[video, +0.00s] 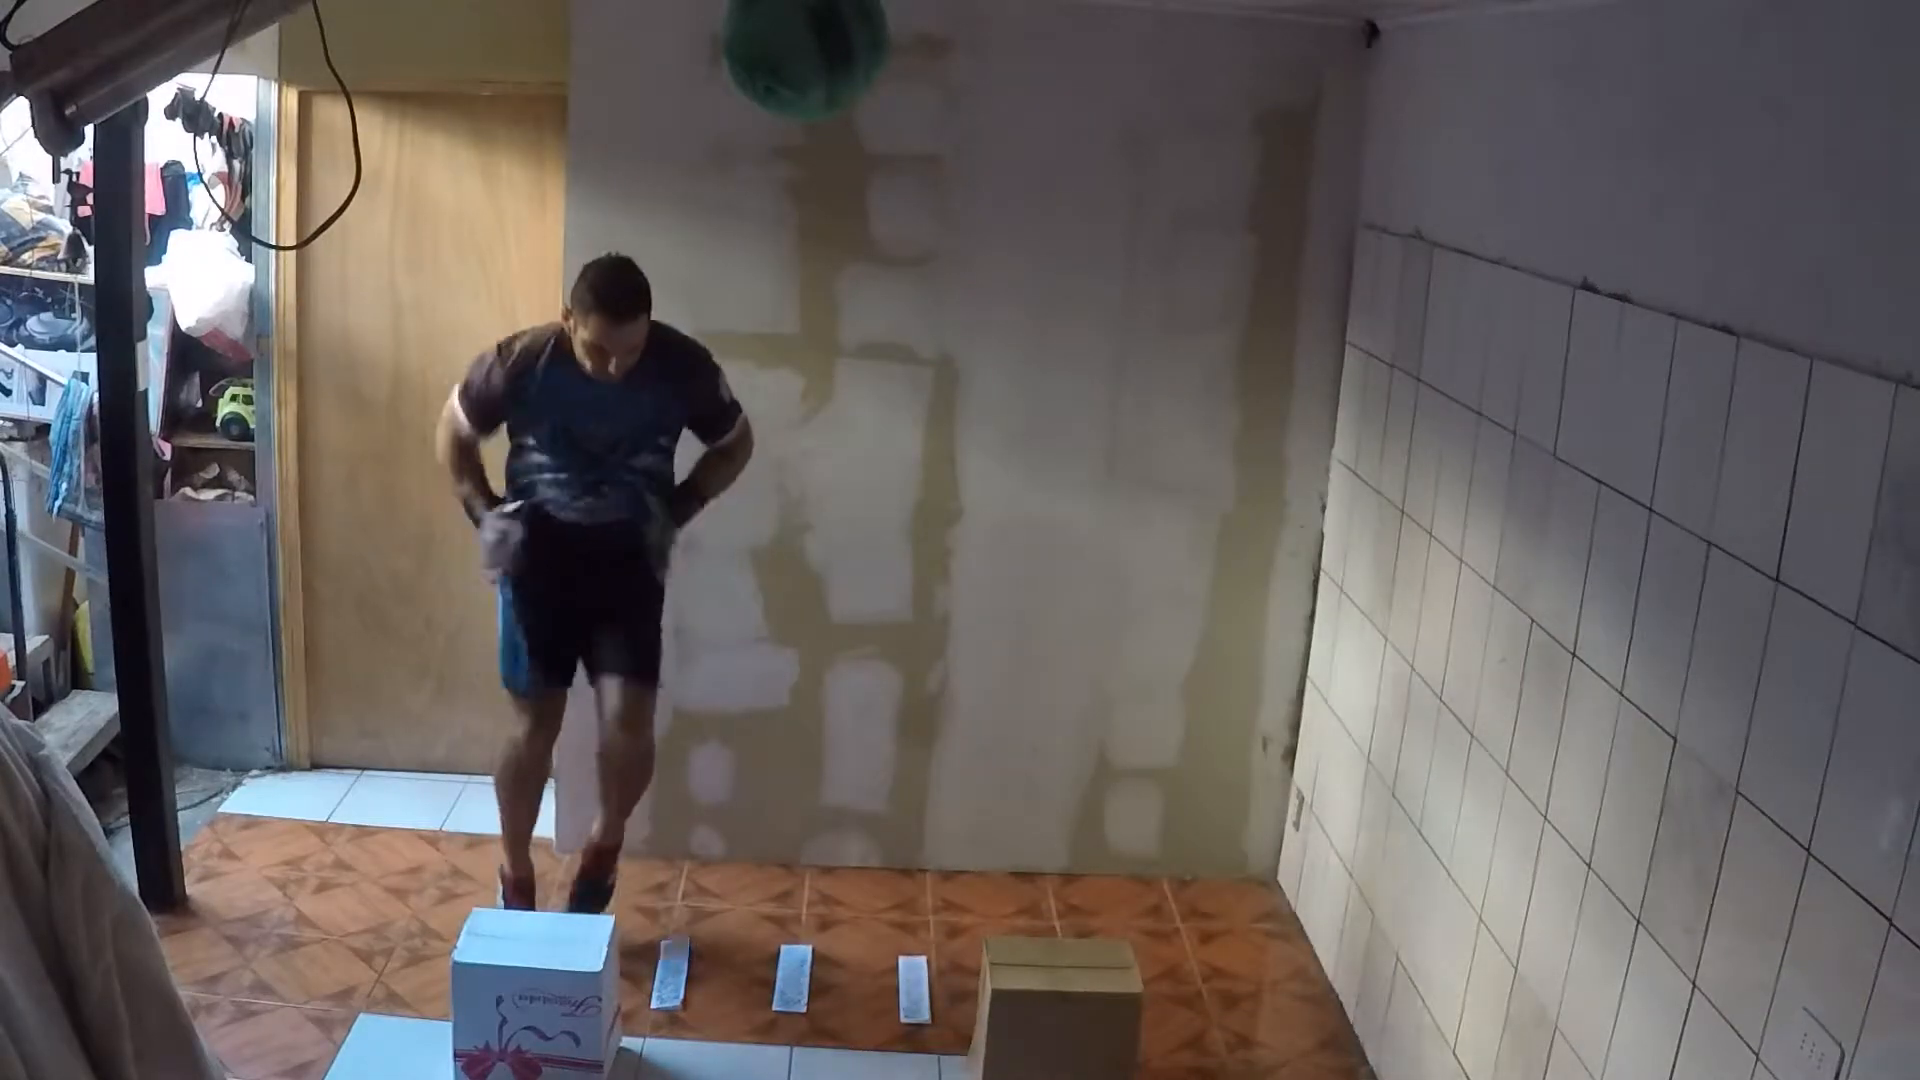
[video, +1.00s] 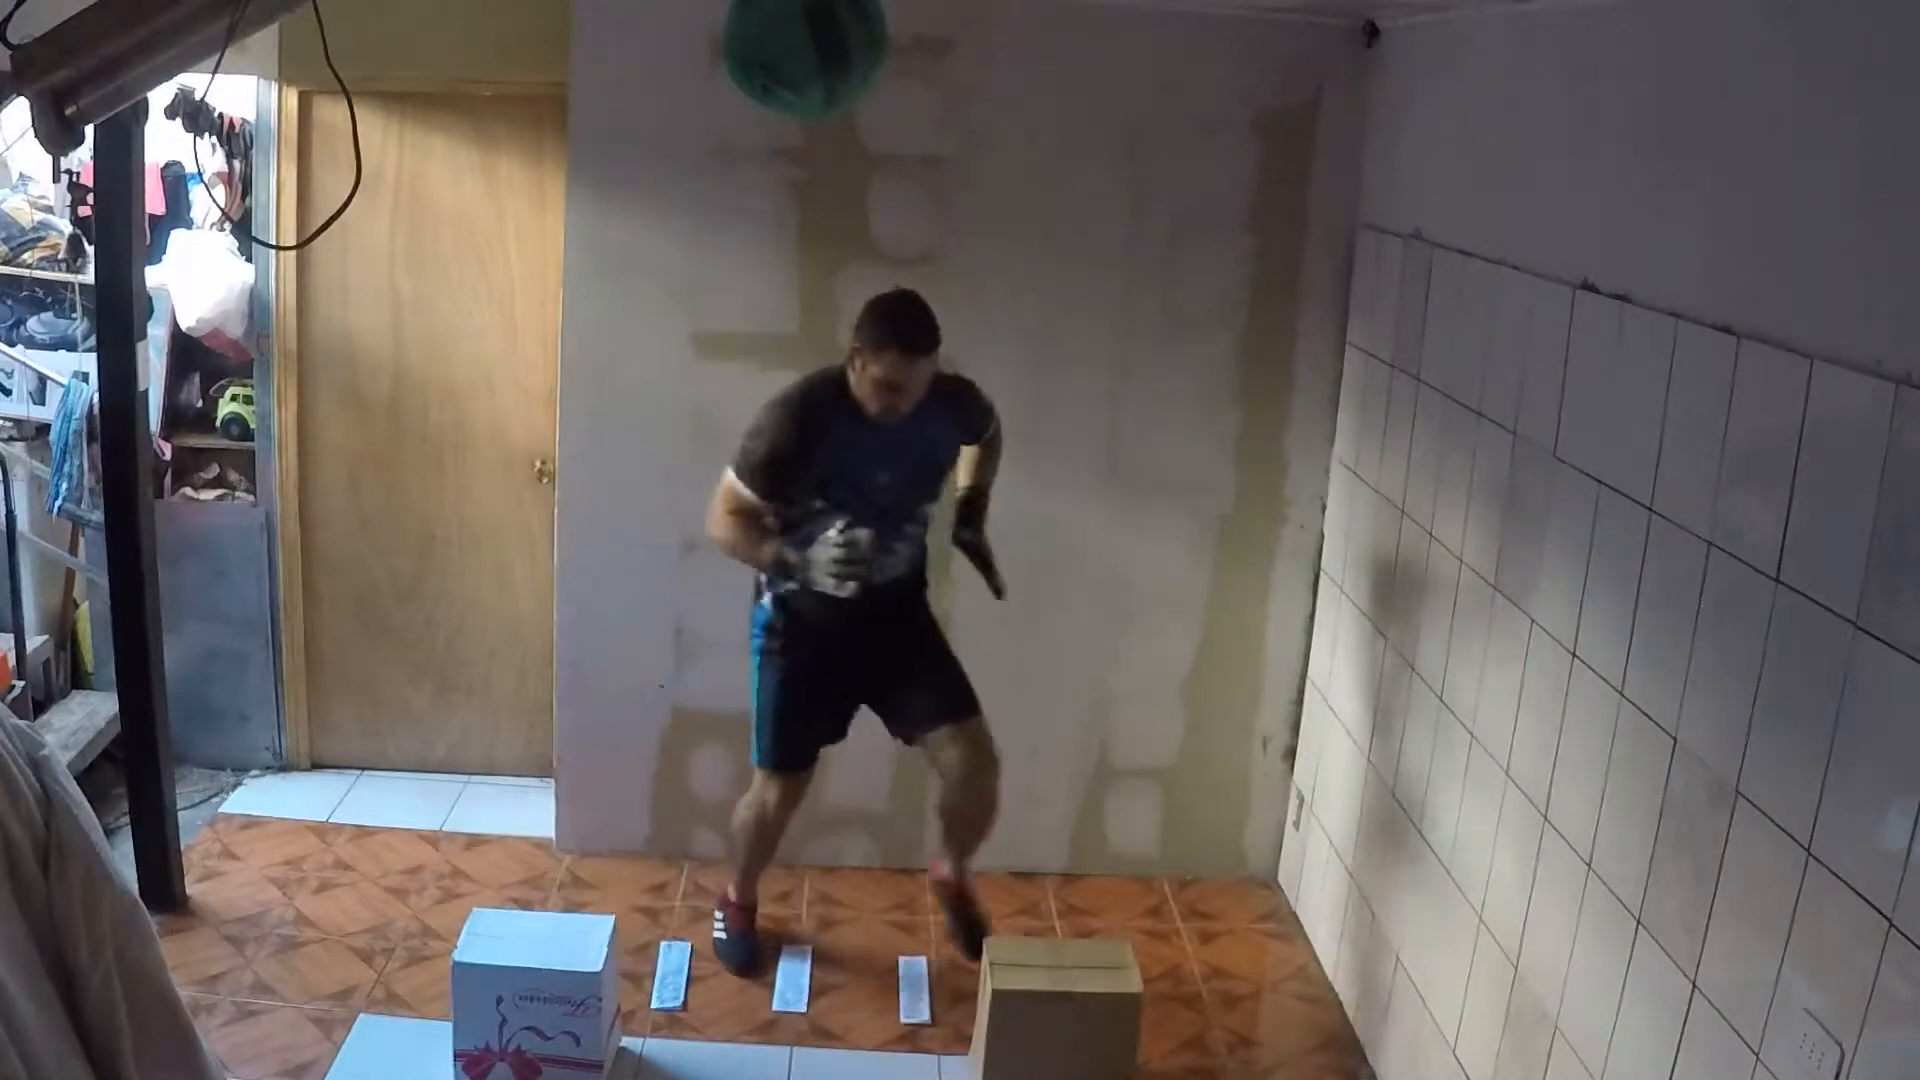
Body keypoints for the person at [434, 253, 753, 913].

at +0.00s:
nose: (614, 366)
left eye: (628, 352)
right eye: (600, 352)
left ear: (648, 324)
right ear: (570, 321)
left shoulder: (681, 365)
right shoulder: (521, 361)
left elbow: (734, 441)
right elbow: (456, 429)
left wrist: (674, 512)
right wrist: (485, 517)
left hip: (628, 559)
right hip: (540, 555)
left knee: (629, 724)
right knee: (533, 728)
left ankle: (606, 844)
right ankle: (516, 874)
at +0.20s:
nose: (638, 361)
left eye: (653, 347)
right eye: (625, 346)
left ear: (676, 324)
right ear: (599, 319)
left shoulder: (710, 363)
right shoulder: (549, 367)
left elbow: (784, 410)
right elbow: (495, 444)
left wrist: (739, 501)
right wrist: (528, 512)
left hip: (667, 563)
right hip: (575, 564)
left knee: (688, 737)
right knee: (560, 736)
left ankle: (665, 850)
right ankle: (529, 871)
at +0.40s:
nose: (703, 374)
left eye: (718, 359)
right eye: (689, 358)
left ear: (738, 336)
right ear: (660, 328)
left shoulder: (762, 379)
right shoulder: (610, 371)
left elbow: (817, 459)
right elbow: (519, 429)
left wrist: (760, 502)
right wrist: (562, 512)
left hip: (711, 578)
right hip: (622, 574)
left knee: (720, 766)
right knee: (626, 746)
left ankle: (674, 874)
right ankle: (600, 883)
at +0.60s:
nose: (770, 385)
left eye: (785, 372)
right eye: (758, 369)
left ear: (807, 354)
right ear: (730, 341)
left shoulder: (830, 389)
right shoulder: (676, 380)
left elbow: (883, 429)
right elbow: (598, 475)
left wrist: (831, 510)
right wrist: (659, 522)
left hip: (763, 580)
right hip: (671, 585)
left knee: (823, 732)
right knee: (651, 764)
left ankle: (801, 852)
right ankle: (608, 899)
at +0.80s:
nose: (838, 394)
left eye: (854, 381)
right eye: (829, 378)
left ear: (878, 360)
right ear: (800, 348)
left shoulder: (895, 403)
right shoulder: (741, 384)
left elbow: (937, 489)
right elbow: (636, 408)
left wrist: (882, 522)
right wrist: (673, 508)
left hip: (841, 591)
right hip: (747, 583)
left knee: (849, 775)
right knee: (745, 748)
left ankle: (825, 891)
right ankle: (723, 866)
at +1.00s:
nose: (896, 403)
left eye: (911, 388)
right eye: (884, 387)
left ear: (933, 366)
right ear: (854, 358)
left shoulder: (954, 405)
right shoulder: (799, 415)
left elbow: (985, 438)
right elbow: (725, 522)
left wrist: (970, 520)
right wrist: (790, 556)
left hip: (895, 612)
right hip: (803, 618)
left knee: (971, 762)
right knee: (779, 790)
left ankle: (951, 875)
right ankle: (737, 902)